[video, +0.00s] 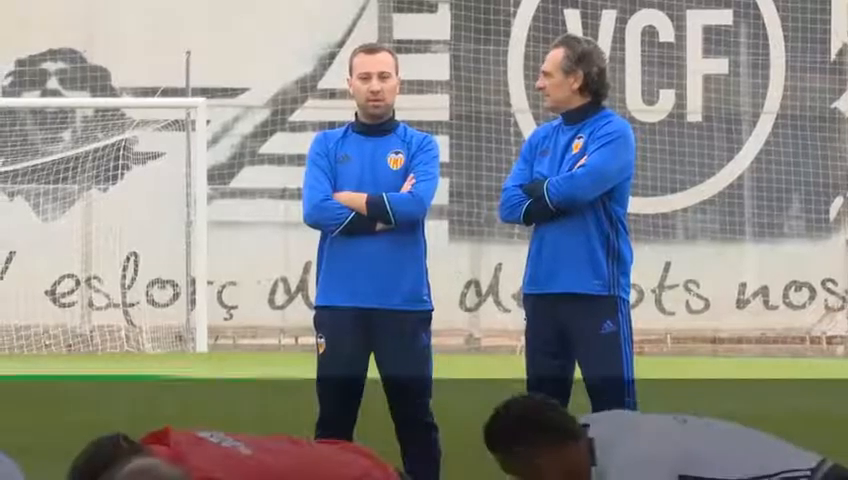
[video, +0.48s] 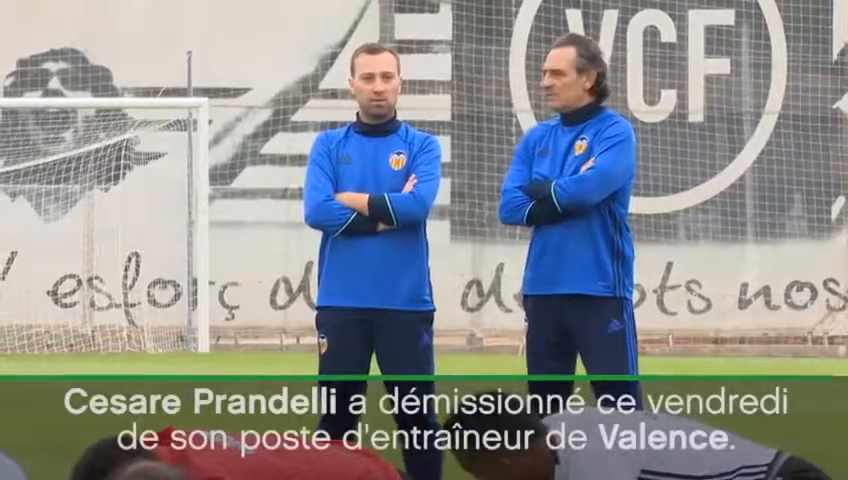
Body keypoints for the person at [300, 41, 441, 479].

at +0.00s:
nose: (375, 87)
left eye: (384, 77)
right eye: (365, 78)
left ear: (398, 84)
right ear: (350, 85)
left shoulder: (420, 144)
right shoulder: (327, 143)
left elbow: (415, 207)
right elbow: (315, 211)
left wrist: (343, 197)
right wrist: (388, 213)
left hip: (404, 303)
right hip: (340, 303)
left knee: (415, 421)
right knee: (334, 422)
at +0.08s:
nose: (375, 87)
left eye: (384, 77)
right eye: (365, 78)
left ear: (398, 84)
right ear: (350, 85)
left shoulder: (420, 144)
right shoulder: (327, 143)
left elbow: (415, 206)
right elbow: (315, 211)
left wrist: (344, 197)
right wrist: (388, 213)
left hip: (404, 303)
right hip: (339, 303)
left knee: (415, 420)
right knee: (333, 421)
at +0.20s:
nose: (374, 87)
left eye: (384, 77)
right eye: (364, 78)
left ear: (398, 84)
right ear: (350, 85)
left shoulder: (420, 144)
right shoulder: (326, 143)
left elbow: (415, 207)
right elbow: (314, 211)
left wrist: (344, 197)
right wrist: (387, 214)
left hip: (404, 303)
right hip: (339, 303)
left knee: (414, 417)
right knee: (333, 419)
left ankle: (424, 479)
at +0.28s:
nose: (376, 87)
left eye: (385, 77)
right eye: (366, 78)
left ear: (398, 84)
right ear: (350, 86)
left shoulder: (420, 144)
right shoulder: (327, 143)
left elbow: (415, 207)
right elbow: (314, 211)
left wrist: (344, 198)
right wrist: (387, 215)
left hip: (404, 303)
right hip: (339, 303)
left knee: (414, 416)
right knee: (333, 418)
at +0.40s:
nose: (376, 87)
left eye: (385, 77)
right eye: (366, 78)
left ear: (399, 84)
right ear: (350, 85)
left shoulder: (421, 144)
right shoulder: (327, 143)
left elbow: (416, 207)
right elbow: (315, 212)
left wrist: (344, 197)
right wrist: (388, 213)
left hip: (404, 303)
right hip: (340, 303)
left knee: (414, 416)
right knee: (334, 418)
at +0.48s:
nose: (378, 87)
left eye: (387, 77)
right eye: (368, 78)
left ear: (400, 84)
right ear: (352, 85)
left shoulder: (422, 144)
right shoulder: (328, 144)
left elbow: (417, 207)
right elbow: (316, 212)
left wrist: (346, 198)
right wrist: (388, 215)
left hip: (406, 303)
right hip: (341, 303)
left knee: (416, 416)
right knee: (336, 417)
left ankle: (425, 479)